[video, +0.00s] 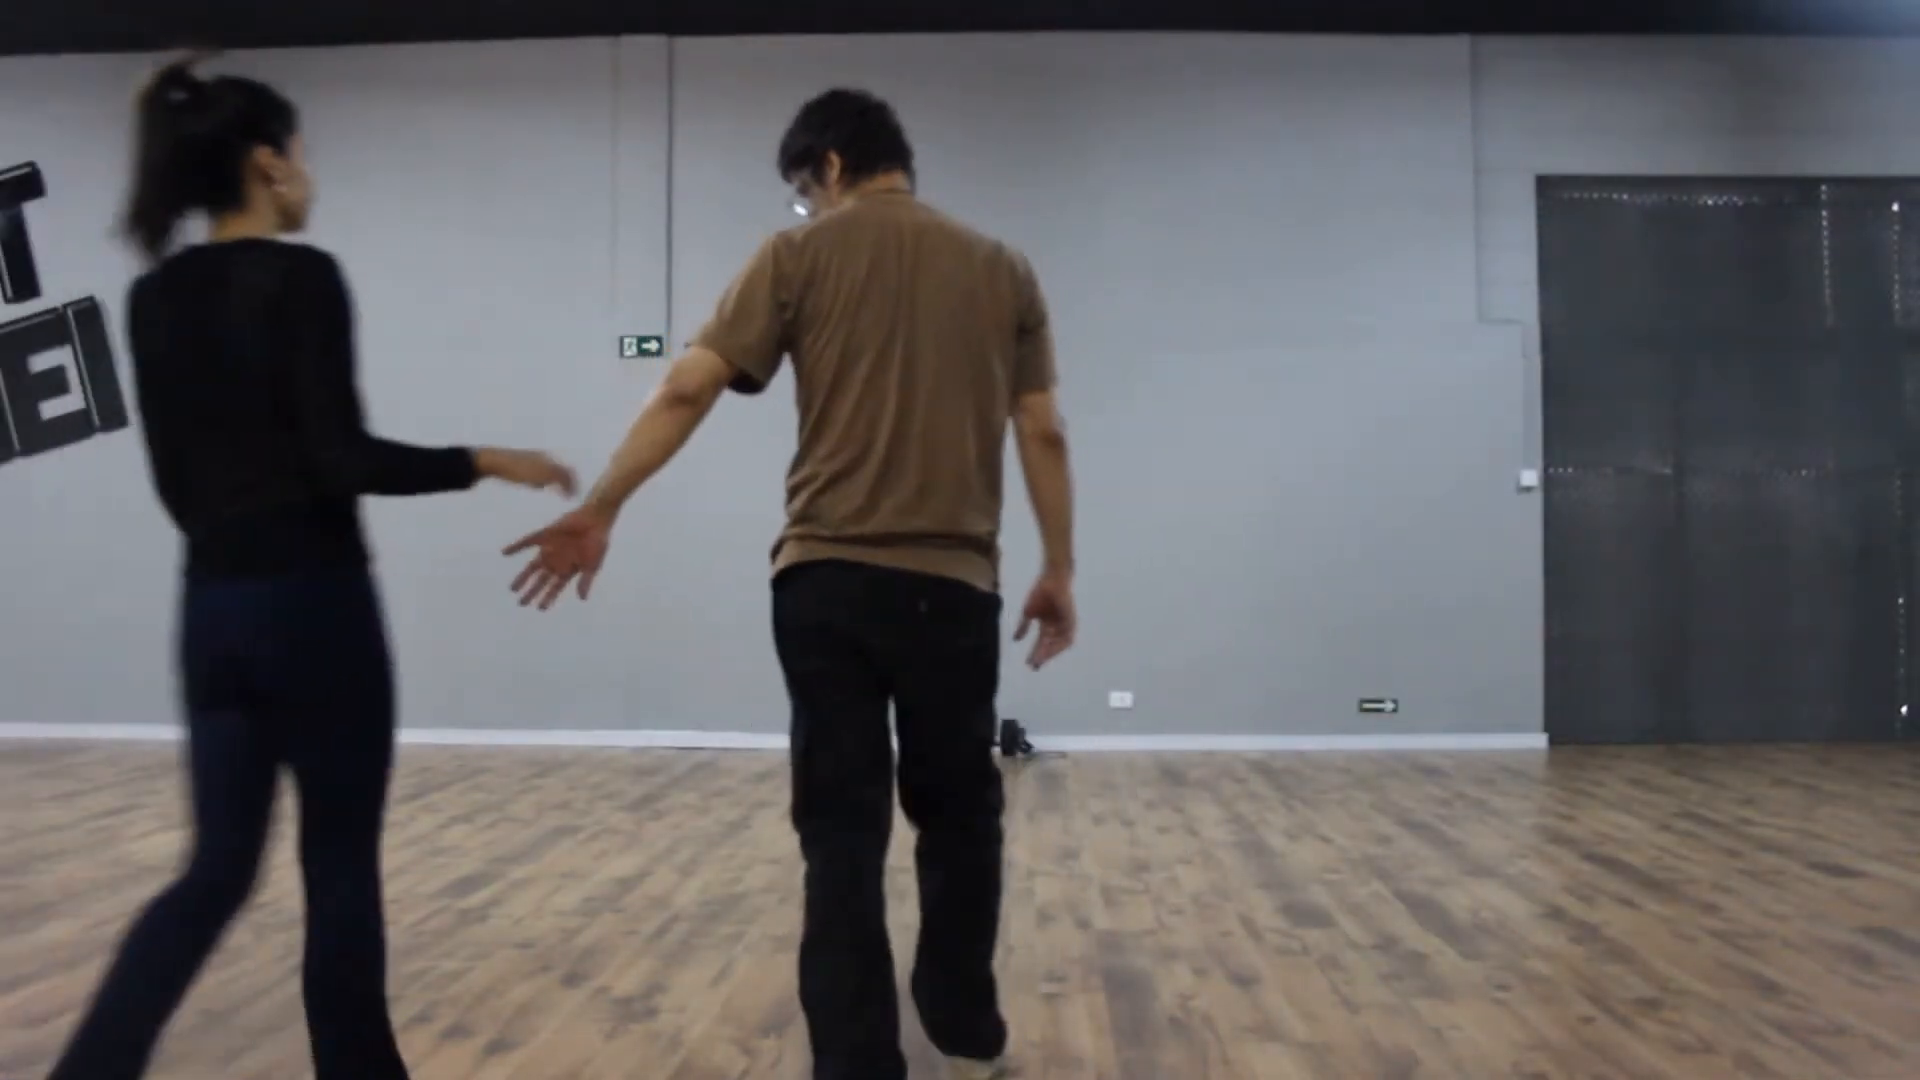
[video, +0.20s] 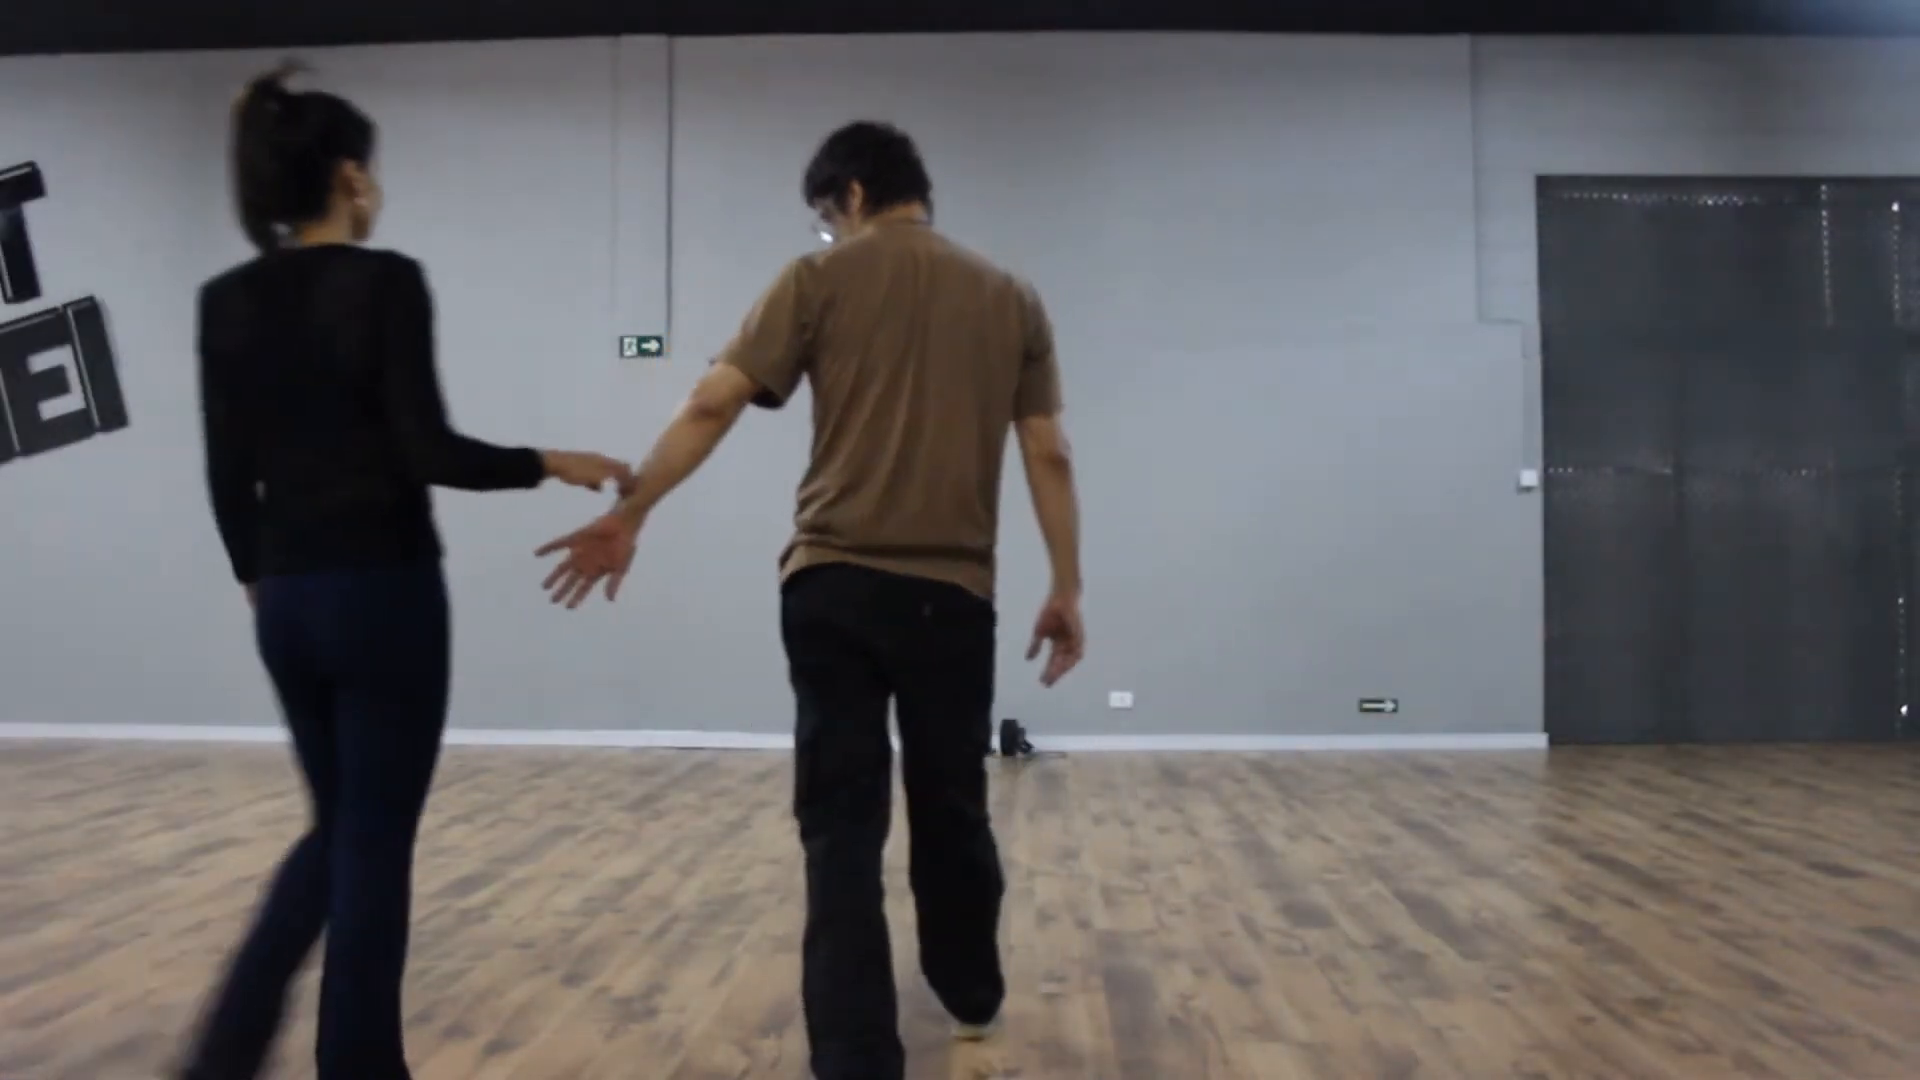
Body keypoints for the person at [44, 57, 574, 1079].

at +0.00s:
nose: (308, 172)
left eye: (301, 153)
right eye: (298, 154)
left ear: (206, 175)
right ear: (267, 165)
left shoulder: (155, 298)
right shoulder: (303, 275)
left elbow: (178, 485)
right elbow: (342, 459)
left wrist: (256, 543)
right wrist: (482, 464)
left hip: (216, 613)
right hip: (321, 608)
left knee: (216, 869)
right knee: (342, 876)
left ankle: (89, 1069)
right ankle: (360, 1069)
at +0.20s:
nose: (377, 182)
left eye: (370, 165)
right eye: (371, 166)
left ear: (271, 186)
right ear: (348, 176)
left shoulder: (227, 300)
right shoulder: (387, 282)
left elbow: (228, 471)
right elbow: (430, 451)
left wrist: (262, 580)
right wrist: (556, 466)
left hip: (287, 602)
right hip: (387, 595)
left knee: (334, 826)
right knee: (377, 845)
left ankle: (224, 1052)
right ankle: (361, 1064)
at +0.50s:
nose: (488, 241)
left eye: (485, 225)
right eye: (483, 226)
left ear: (391, 240)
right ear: (465, 233)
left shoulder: (352, 345)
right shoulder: (495, 325)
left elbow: (323, 488)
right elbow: (516, 477)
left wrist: (300, 621)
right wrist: (621, 511)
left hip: (396, 612)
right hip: (485, 609)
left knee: (472, 813)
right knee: (433, 841)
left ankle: (522, 1009)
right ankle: (369, 1062)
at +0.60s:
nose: (509, 247)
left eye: (505, 232)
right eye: (503, 233)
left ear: (416, 246)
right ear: (484, 241)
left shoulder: (378, 349)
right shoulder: (513, 329)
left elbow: (354, 491)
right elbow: (532, 477)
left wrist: (337, 620)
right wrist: (637, 509)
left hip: (423, 611)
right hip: (507, 609)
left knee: (491, 815)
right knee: (471, 840)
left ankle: (532, 1017)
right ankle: (381, 1061)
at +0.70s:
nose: (525, 249)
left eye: (519, 234)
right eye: (519, 235)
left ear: (438, 250)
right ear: (501, 245)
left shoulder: (403, 349)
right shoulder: (529, 330)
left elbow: (387, 490)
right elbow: (545, 472)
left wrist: (383, 616)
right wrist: (651, 498)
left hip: (441, 606)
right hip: (521, 606)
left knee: (497, 807)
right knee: (530, 814)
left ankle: (529, 1013)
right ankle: (426, 1013)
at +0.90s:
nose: (564, 259)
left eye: (561, 244)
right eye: (558, 244)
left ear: (482, 257)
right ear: (534, 251)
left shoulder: (448, 351)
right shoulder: (554, 333)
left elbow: (487, 478)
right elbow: (564, 471)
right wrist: (680, 502)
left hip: (480, 602)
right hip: (559, 601)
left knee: (506, 794)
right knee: (603, 787)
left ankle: (523, 1009)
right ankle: (575, 989)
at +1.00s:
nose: (586, 267)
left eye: (583, 252)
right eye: (581, 252)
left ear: (509, 263)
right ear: (556, 259)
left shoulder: (472, 357)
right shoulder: (572, 339)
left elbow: (510, 474)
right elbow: (582, 476)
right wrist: (693, 511)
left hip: (499, 598)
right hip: (577, 596)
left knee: (517, 797)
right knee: (611, 791)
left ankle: (526, 1010)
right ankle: (630, 971)